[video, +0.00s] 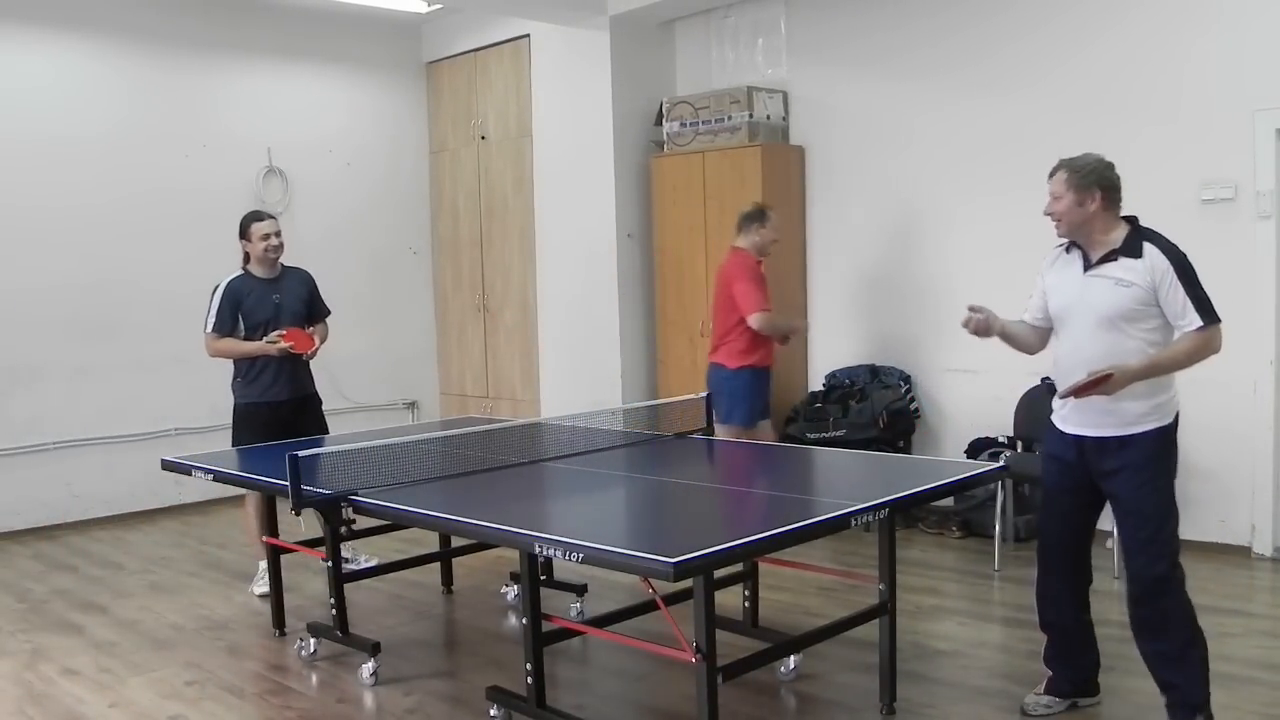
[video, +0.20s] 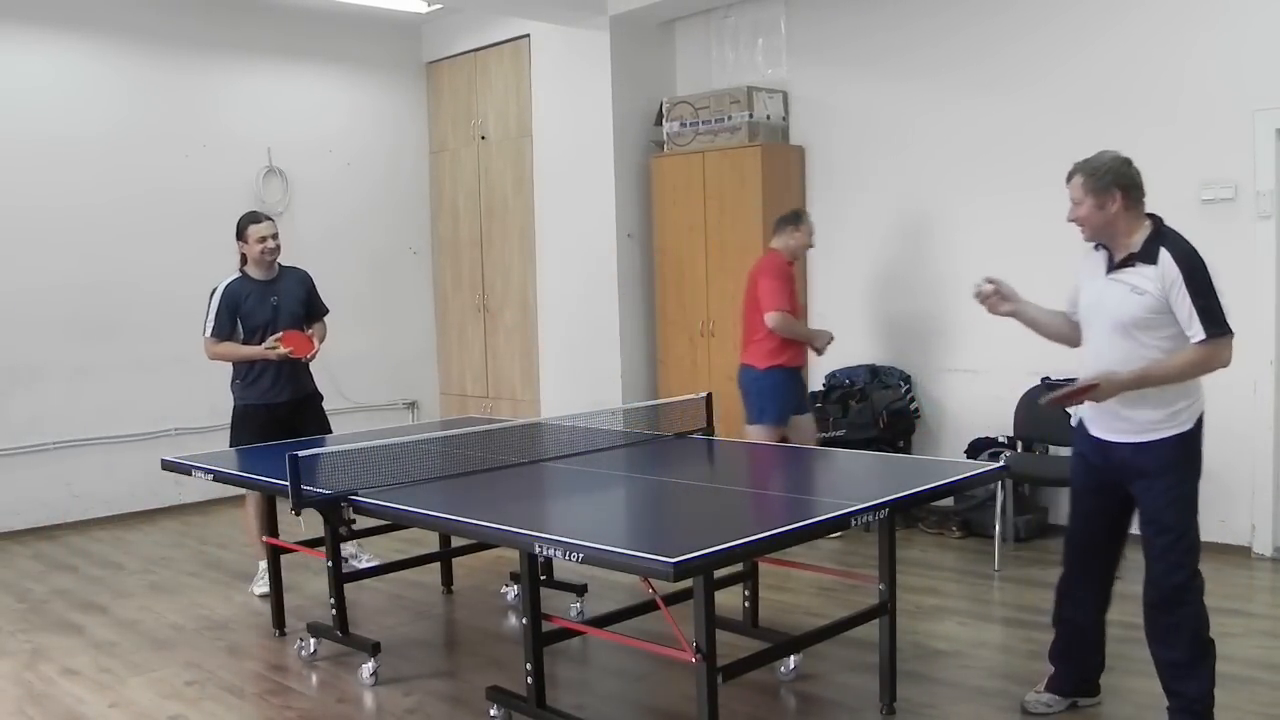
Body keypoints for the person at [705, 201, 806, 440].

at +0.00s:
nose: (777, 238)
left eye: (776, 231)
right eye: (773, 230)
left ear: (755, 231)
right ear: (757, 230)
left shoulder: (748, 263)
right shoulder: (741, 264)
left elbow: (749, 316)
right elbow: (759, 320)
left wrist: (776, 333)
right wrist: (795, 325)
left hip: (752, 371)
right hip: (735, 373)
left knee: (765, 446)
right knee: (732, 454)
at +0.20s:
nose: (811, 244)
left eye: (811, 238)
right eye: (809, 236)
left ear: (792, 233)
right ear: (793, 232)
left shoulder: (781, 266)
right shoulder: (772, 264)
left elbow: (781, 319)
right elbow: (775, 318)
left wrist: (810, 339)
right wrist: (813, 335)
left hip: (786, 371)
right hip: (767, 373)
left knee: (806, 443)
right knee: (761, 453)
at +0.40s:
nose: (834, 238)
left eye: (835, 232)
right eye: (831, 231)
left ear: (814, 227)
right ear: (813, 226)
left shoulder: (809, 262)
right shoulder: (790, 260)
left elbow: (811, 310)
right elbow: (786, 308)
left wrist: (840, 326)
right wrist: (835, 325)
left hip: (809, 364)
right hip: (792, 364)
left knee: (810, 443)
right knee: (807, 444)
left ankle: (808, 517)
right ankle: (800, 519)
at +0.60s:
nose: (855, 246)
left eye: (857, 240)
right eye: (854, 239)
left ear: (841, 231)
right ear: (841, 231)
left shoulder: (831, 264)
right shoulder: (809, 260)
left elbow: (835, 309)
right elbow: (798, 309)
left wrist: (862, 324)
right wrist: (845, 324)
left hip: (824, 365)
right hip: (808, 366)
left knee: (820, 448)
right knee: (822, 448)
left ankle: (824, 527)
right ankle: (823, 530)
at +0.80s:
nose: (874, 253)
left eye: (876, 247)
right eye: (876, 246)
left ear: (850, 232)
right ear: (869, 239)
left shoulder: (826, 259)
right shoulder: (846, 262)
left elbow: (821, 313)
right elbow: (842, 313)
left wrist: (862, 335)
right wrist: (867, 336)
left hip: (808, 364)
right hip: (825, 368)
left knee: (823, 447)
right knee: (841, 451)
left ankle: (820, 524)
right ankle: (836, 532)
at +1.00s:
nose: (874, 245)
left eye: (874, 241)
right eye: (876, 241)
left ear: (843, 230)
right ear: (872, 237)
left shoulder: (819, 258)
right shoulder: (864, 259)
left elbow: (824, 307)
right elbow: (897, 303)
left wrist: (860, 329)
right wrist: (892, 327)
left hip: (807, 359)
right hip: (836, 365)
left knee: (820, 445)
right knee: (848, 452)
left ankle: (818, 525)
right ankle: (838, 531)